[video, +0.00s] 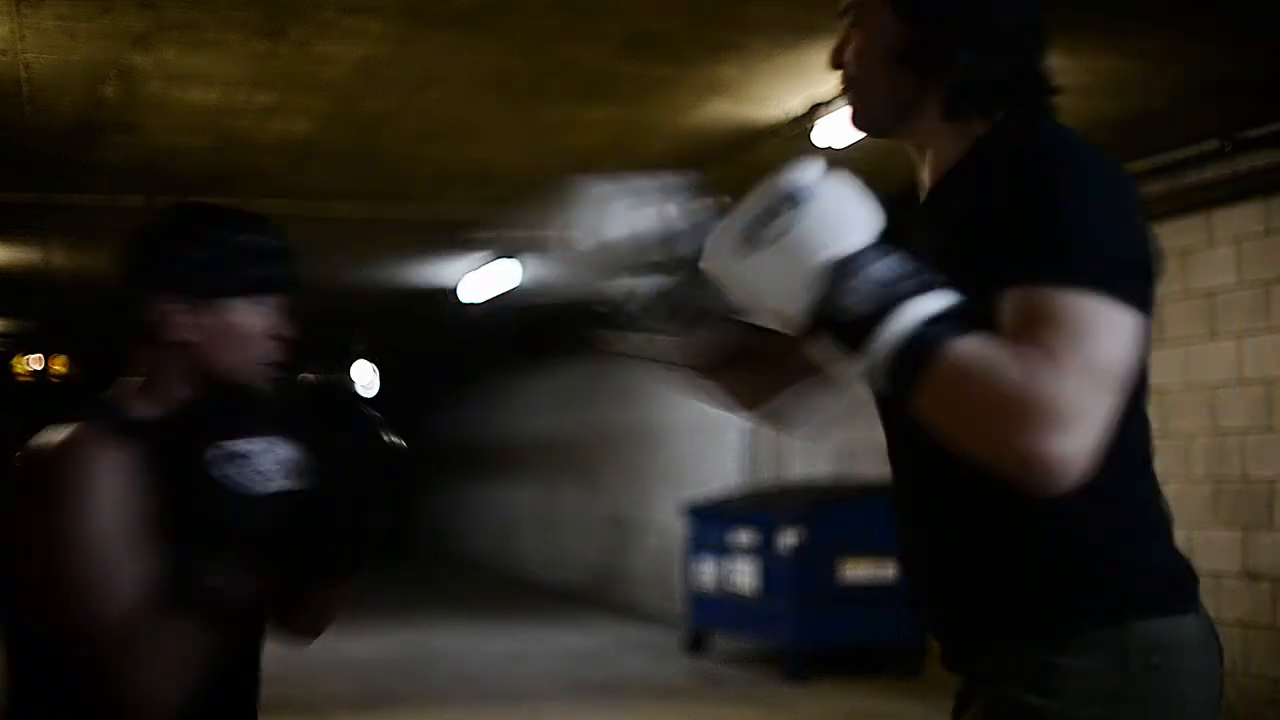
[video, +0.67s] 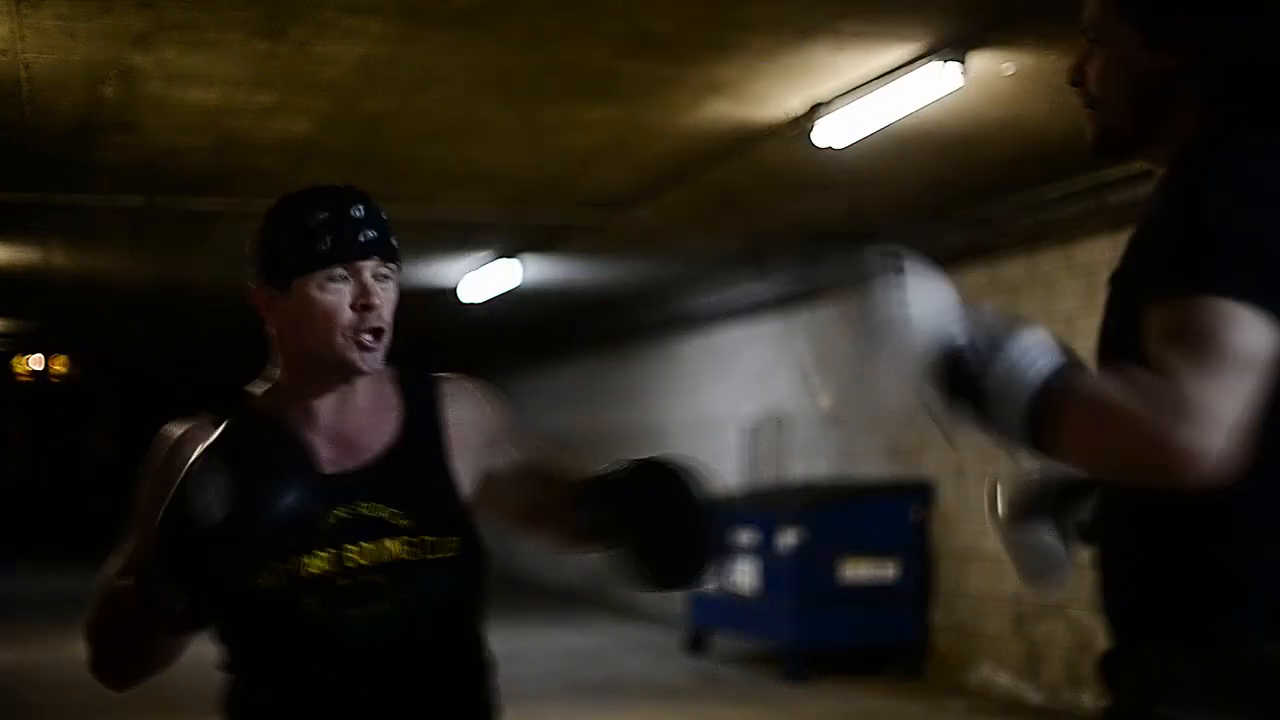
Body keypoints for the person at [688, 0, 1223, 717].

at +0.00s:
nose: (837, 56)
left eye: (858, 25)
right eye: (845, 29)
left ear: (935, 32)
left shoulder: (1067, 182)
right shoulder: (918, 223)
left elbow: (1053, 430)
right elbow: (774, 381)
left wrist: (865, 286)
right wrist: (677, 310)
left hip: (1106, 660)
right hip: (1003, 652)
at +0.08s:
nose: (817, 86)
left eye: (842, 60)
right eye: (824, 57)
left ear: (940, 86)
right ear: (926, 87)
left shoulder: (1091, 200)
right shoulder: (870, 231)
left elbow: (1095, 431)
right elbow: (623, 300)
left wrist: (892, 265)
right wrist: (412, 294)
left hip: (1128, 663)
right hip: (991, 664)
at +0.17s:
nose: (814, 89)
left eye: (835, 55)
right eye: (819, 56)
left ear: (921, 65)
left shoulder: (1096, 201)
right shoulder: (875, 234)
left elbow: (1094, 437)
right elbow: (689, 360)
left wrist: (892, 262)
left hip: (1120, 666)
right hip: (990, 664)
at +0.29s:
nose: (855, 87)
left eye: (874, 53)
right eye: (860, 54)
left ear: (945, 50)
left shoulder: (1075, 186)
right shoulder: (969, 203)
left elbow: (981, 392)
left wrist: (823, 193)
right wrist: (837, 488)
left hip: (1097, 664)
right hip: (1009, 650)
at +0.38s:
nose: (917, 62)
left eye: (938, 40)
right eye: (924, 40)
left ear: (1001, 47)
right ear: (1021, 50)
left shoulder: (1070, 178)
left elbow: (861, 356)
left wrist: (761, 134)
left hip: (1090, 657)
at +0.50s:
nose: (1006, 58)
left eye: (1025, 34)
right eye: (1008, 35)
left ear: (1083, 42)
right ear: (1141, 50)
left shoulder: (1110, 174)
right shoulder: (1213, 196)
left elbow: (896, 302)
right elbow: (1261, 433)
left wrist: (787, 151)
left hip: (1106, 658)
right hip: (1204, 649)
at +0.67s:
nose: (1077, 75)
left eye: (1098, 41)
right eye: (1086, 45)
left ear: (1173, 45)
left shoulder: (1233, 184)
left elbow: (1193, 430)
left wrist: (973, 351)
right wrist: (1091, 504)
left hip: (1227, 669)